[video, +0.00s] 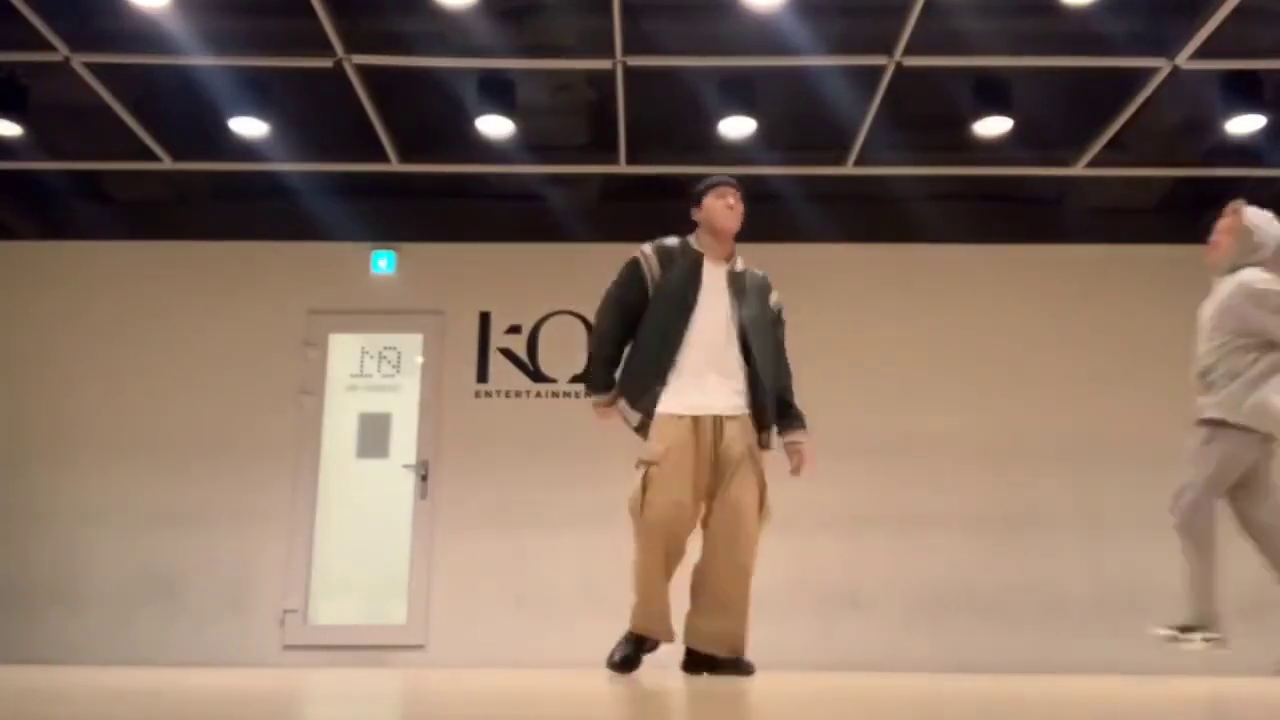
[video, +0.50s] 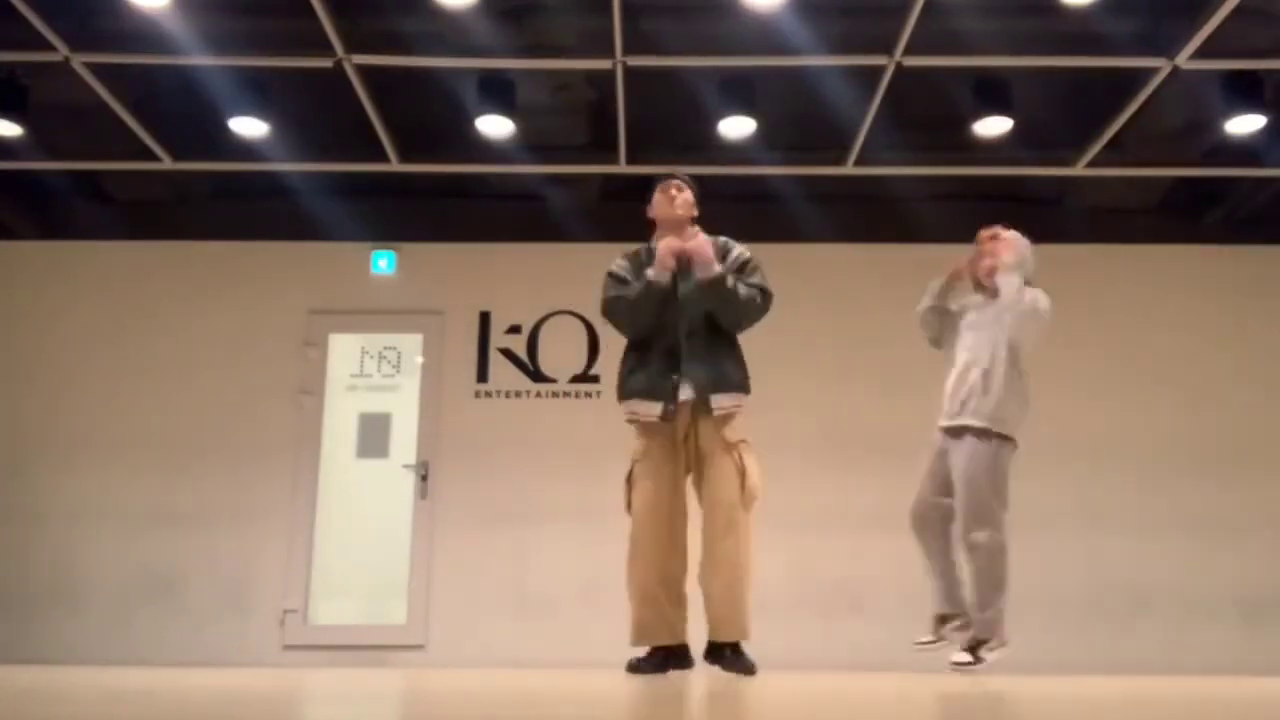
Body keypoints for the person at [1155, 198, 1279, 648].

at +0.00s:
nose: (1214, 237)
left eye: (1226, 230)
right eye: (1219, 228)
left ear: (1250, 243)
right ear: (1236, 237)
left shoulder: (1252, 287)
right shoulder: (1231, 288)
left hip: (1240, 422)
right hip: (1248, 424)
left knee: (1190, 503)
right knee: (1264, 523)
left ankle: (1203, 619)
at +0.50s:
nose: (985, 246)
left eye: (997, 239)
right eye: (982, 241)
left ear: (1020, 255)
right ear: (977, 257)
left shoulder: (1031, 302)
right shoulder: (972, 304)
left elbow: (1026, 327)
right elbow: (932, 328)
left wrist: (1004, 277)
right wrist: (949, 282)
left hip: (987, 431)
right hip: (952, 429)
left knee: (981, 532)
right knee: (927, 517)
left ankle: (987, 632)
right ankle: (950, 611)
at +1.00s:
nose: (847, 304)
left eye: (853, 298)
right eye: (839, 297)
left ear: (862, 307)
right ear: (826, 304)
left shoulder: (879, 354)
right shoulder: (801, 351)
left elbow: (891, 412)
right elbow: (784, 409)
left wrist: (875, 451)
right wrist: (827, 442)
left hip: (873, 477)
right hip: (818, 477)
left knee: (913, 538)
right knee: (787, 561)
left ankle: (910, 640)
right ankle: (775, 646)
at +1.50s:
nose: (862, 315)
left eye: (869, 308)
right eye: (854, 308)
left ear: (879, 315)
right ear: (843, 315)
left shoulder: (889, 353)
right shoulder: (826, 351)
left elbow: (890, 397)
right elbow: (818, 387)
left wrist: (904, 350)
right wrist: (824, 339)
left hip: (888, 461)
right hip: (836, 461)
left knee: (911, 548)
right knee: (821, 544)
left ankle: (890, 646)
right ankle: (843, 646)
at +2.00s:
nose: (819, 301)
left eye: (827, 293)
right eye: (813, 293)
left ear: (843, 298)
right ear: (805, 298)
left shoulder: (867, 325)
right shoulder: (792, 329)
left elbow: (870, 366)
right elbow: (800, 372)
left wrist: (844, 399)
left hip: (869, 454)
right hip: (813, 457)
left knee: (901, 530)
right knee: (800, 554)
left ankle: (913, 637)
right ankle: (801, 644)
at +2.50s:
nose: (857, 282)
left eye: (864, 277)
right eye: (850, 276)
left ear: (876, 287)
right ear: (836, 285)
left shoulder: (895, 335)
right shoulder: (817, 322)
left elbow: (927, 368)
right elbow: (783, 364)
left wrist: (954, 380)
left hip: (882, 456)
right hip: (827, 455)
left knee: (897, 545)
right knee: (811, 551)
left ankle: (906, 647)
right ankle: (799, 645)